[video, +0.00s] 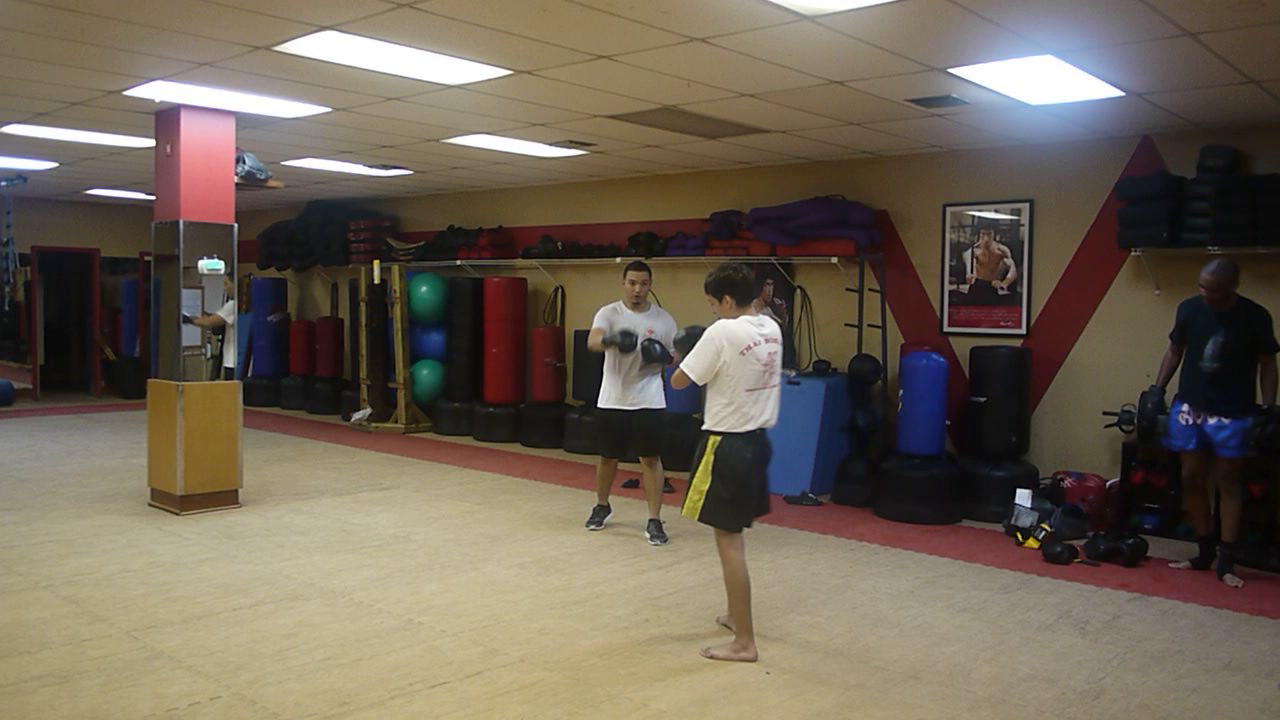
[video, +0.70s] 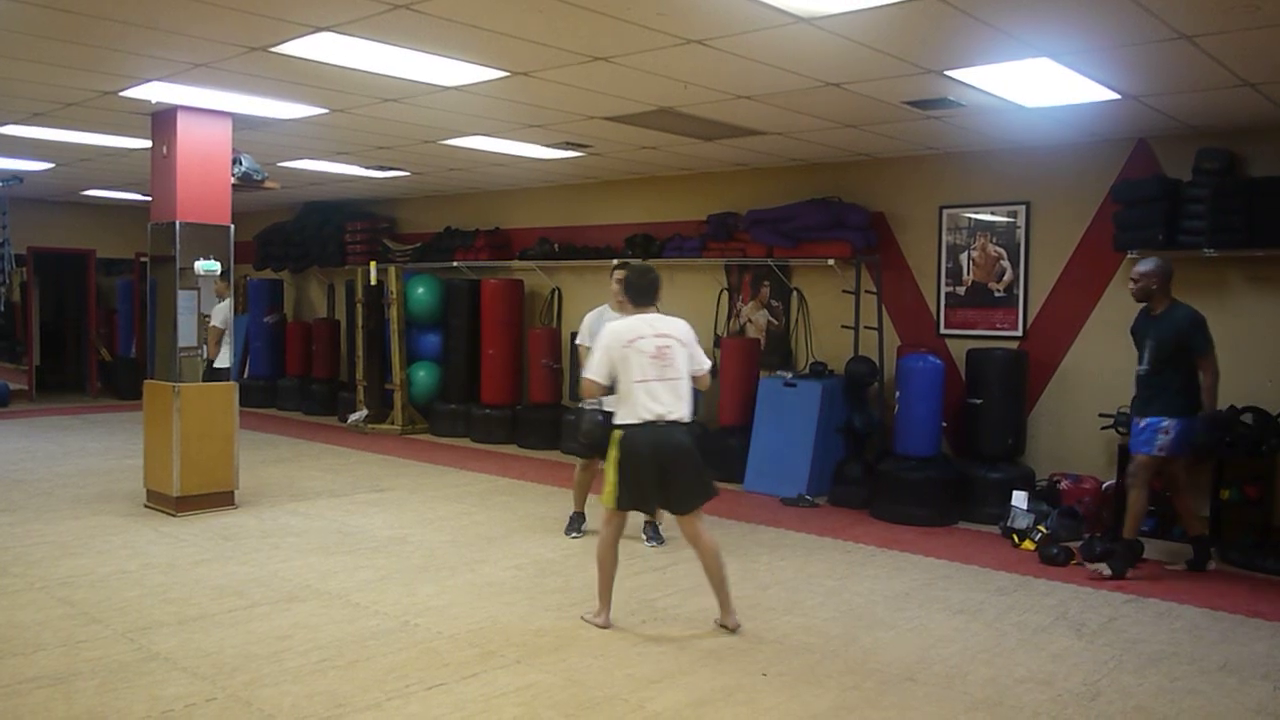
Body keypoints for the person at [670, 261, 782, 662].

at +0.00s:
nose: (712, 307)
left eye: (713, 300)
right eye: (712, 300)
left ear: (726, 299)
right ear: (748, 296)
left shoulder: (721, 332)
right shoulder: (772, 327)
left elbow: (678, 381)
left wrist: (682, 356)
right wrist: (706, 350)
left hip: (726, 446)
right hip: (756, 442)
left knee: (729, 543)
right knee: (733, 536)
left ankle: (744, 642)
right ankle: (737, 613)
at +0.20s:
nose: (698, 304)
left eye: (699, 298)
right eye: (698, 298)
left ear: (710, 298)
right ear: (733, 297)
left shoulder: (705, 332)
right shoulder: (752, 329)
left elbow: (669, 386)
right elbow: (728, 373)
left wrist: (662, 371)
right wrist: (687, 361)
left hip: (706, 441)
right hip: (736, 439)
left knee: (683, 532)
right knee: (714, 531)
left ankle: (727, 622)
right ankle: (730, 619)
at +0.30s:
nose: (689, 300)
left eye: (690, 295)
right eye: (690, 295)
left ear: (698, 295)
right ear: (726, 295)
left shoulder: (696, 330)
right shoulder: (742, 329)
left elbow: (666, 388)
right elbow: (718, 378)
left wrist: (648, 372)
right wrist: (676, 363)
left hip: (695, 439)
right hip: (731, 438)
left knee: (659, 523)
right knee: (713, 526)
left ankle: (702, 612)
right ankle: (735, 618)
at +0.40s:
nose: (674, 296)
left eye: (675, 291)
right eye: (677, 291)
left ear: (682, 292)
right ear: (713, 291)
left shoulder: (680, 327)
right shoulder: (729, 326)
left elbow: (656, 385)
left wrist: (639, 371)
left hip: (684, 436)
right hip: (721, 434)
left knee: (646, 520)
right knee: (713, 524)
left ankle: (660, 617)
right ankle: (735, 615)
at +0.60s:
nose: (639, 294)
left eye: (641, 289)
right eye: (641, 288)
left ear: (648, 293)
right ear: (680, 292)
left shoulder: (641, 329)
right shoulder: (703, 326)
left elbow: (619, 388)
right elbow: (714, 374)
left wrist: (613, 371)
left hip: (657, 435)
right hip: (700, 434)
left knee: (626, 523)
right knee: (705, 524)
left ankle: (602, 609)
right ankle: (734, 613)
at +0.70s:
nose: (613, 292)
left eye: (616, 287)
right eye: (614, 284)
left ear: (625, 295)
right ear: (657, 295)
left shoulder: (613, 331)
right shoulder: (681, 327)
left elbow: (589, 390)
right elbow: (703, 381)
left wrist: (622, 379)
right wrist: (667, 366)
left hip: (631, 440)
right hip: (678, 438)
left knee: (611, 525)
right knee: (696, 528)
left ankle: (603, 611)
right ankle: (728, 613)